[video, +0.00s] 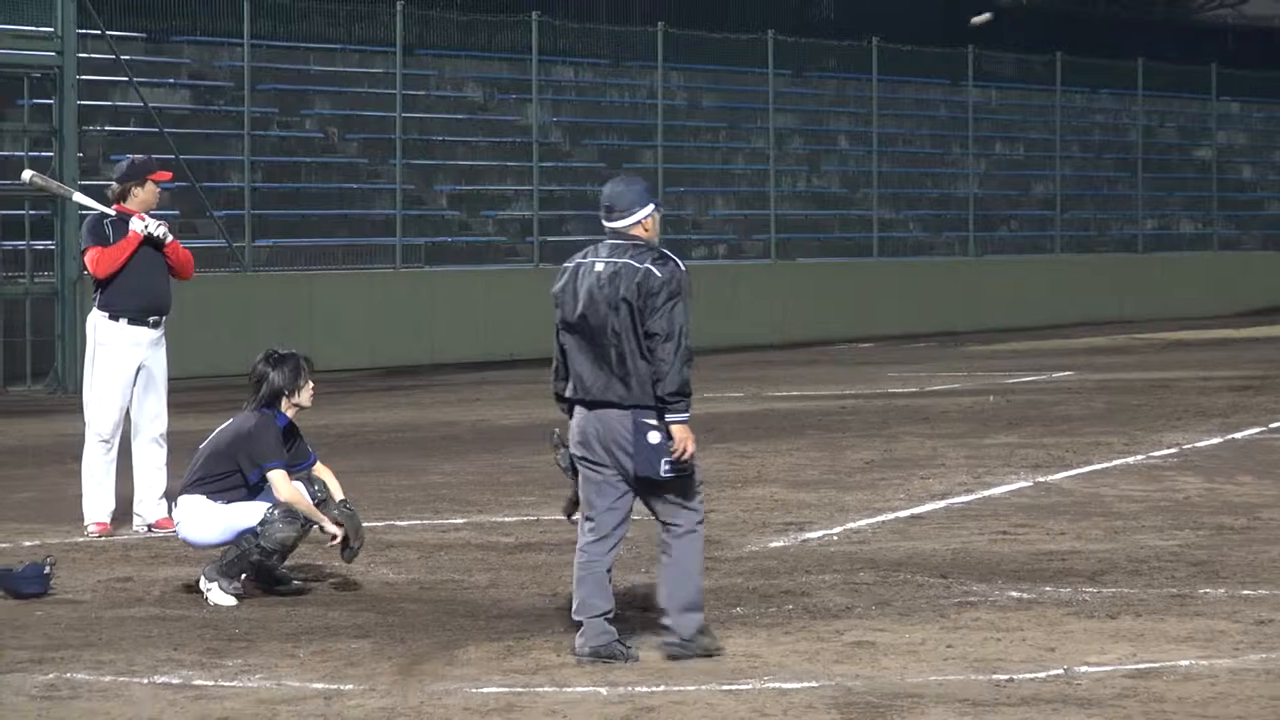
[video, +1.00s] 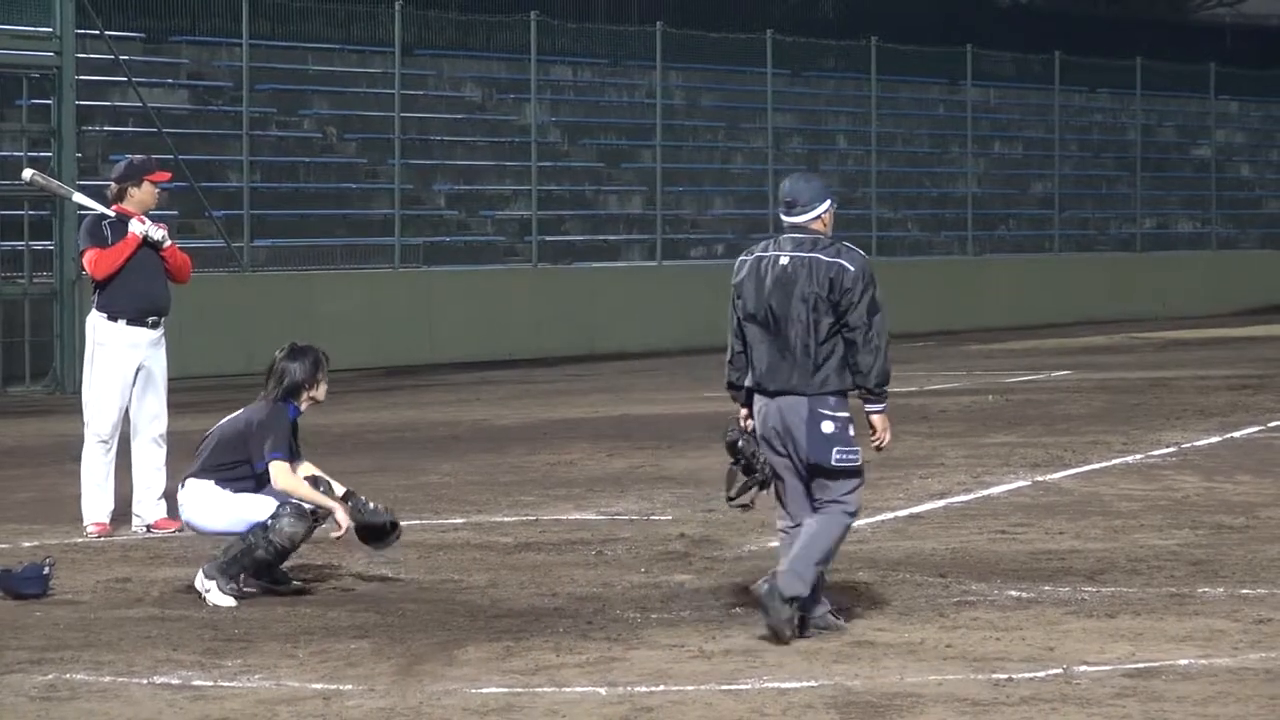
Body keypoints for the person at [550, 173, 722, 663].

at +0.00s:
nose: (658, 222)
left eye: (654, 215)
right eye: (654, 216)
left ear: (610, 220)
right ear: (643, 221)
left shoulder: (573, 269)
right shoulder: (660, 270)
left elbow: (564, 353)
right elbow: (668, 352)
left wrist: (569, 413)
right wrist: (678, 417)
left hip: (589, 417)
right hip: (644, 418)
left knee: (598, 527)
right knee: (681, 518)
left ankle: (593, 634)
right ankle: (685, 630)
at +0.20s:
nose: (707, 230)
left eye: (703, 223)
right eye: (703, 224)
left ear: (658, 227)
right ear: (692, 229)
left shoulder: (621, 273)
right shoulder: (709, 279)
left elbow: (608, 354)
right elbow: (722, 359)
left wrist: (612, 412)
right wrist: (733, 427)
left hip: (633, 419)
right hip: (693, 422)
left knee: (624, 525)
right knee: (721, 527)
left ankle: (598, 628)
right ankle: (744, 627)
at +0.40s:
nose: (750, 224)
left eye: (747, 217)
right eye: (748, 218)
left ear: (702, 220)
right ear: (738, 223)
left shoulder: (664, 265)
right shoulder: (759, 272)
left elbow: (648, 340)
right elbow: (783, 349)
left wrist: (650, 400)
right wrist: (798, 415)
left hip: (679, 411)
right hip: (738, 414)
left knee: (693, 508)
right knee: (751, 518)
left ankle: (652, 577)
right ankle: (746, 624)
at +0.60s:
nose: (783, 219)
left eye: (779, 212)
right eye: (780, 213)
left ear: (734, 215)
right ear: (770, 218)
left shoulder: (696, 260)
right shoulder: (793, 266)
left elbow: (679, 335)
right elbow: (821, 338)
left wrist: (683, 394)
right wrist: (841, 396)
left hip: (709, 403)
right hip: (763, 406)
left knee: (742, 508)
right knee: (760, 515)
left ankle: (742, 606)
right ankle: (746, 623)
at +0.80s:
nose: (808, 222)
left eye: (805, 215)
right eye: (806, 217)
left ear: (761, 219)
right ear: (797, 221)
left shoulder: (725, 266)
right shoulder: (819, 268)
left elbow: (711, 341)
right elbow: (843, 340)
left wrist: (712, 401)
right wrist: (858, 401)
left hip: (740, 405)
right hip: (792, 406)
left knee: (784, 509)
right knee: (777, 513)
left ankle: (813, 609)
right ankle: (745, 620)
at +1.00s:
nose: (832, 218)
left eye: (828, 211)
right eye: (830, 213)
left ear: (785, 214)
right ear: (822, 217)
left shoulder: (749, 263)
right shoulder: (845, 262)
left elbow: (739, 340)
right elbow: (866, 339)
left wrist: (743, 399)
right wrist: (876, 404)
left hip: (766, 403)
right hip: (821, 403)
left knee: (795, 512)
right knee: (839, 499)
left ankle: (813, 609)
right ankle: (782, 587)